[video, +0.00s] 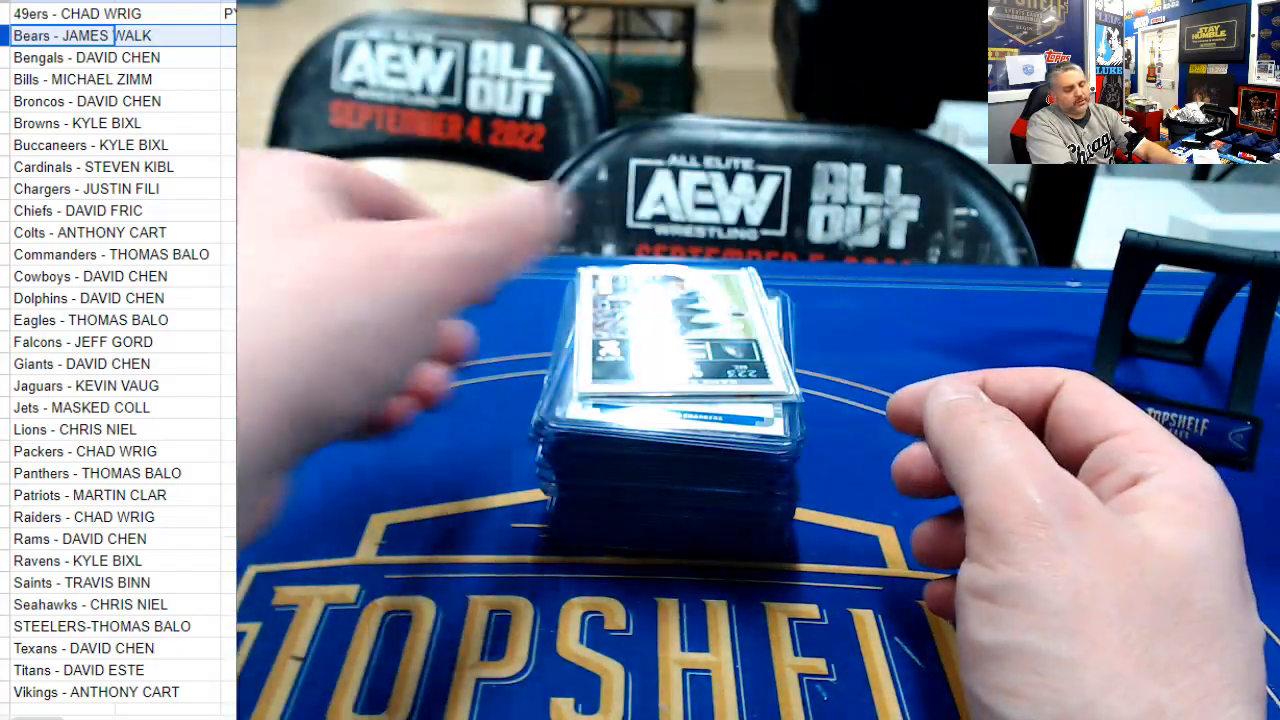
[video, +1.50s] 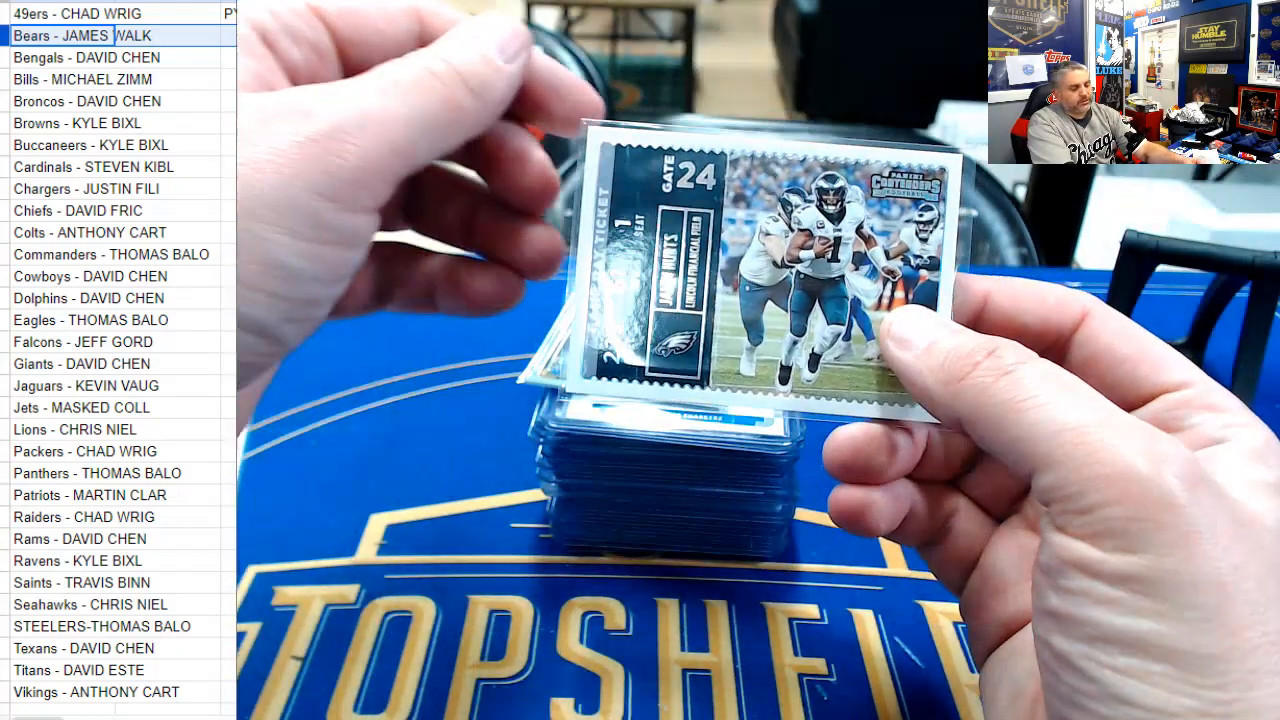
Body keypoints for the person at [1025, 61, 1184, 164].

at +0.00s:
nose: (1080, 93)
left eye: (1082, 85)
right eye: (1069, 90)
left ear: (1088, 85)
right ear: (1053, 97)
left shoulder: (1104, 114)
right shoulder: (1042, 123)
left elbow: (1146, 149)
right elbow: (1062, 174)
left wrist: (1184, 167)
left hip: (1113, 188)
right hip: (1070, 197)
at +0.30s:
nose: (1079, 93)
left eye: (1081, 84)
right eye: (1068, 89)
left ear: (1087, 85)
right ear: (1052, 97)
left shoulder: (1104, 113)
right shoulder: (1041, 123)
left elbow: (1144, 149)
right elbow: (1061, 174)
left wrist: (1183, 170)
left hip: (1113, 188)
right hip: (1069, 197)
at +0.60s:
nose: (1078, 93)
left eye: (1080, 84)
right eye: (1068, 89)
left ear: (1087, 84)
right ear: (1052, 97)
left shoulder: (1104, 113)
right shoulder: (1041, 123)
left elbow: (1146, 149)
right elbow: (1061, 175)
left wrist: (1183, 170)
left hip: (1114, 188)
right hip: (1070, 197)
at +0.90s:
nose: (1080, 92)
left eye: (1082, 83)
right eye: (1069, 88)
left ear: (1089, 84)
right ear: (1055, 96)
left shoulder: (1106, 114)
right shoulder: (1042, 123)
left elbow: (1143, 149)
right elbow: (1062, 177)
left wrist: (1174, 157)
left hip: (1112, 187)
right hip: (1070, 197)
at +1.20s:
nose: (1083, 92)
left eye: (1085, 84)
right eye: (1072, 88)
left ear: (1090, 85)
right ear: (1056, 95)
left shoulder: (1107, 114)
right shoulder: (1043, 122)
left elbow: (1145, 149)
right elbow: (1061, 176)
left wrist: (1183, 163)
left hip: (1112, 188)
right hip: (1069, 197)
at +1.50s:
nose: (1085, 93)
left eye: (1087, 85)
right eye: (1074, 89)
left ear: (1091, 85)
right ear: (1056, 96)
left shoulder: (1104, 113)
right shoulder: (1043, 122)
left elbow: (1145, 150)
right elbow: (1061, 177)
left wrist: (1186, 162)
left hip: (1112, 186)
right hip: (1072, 197)